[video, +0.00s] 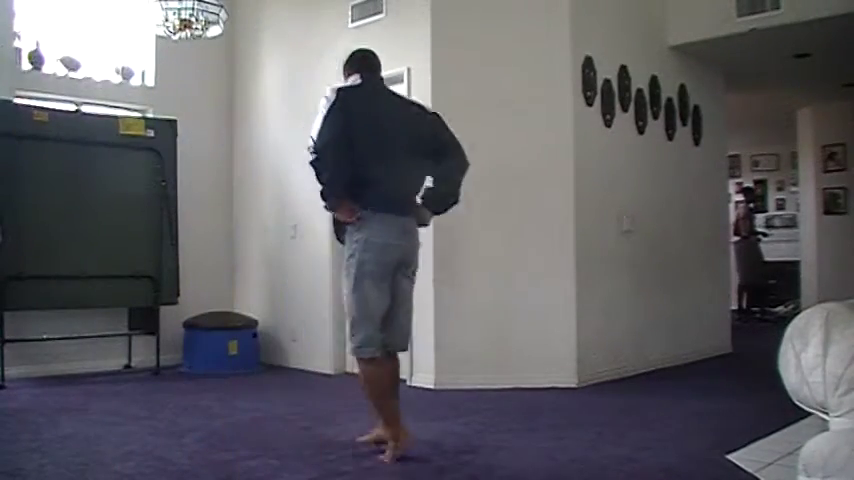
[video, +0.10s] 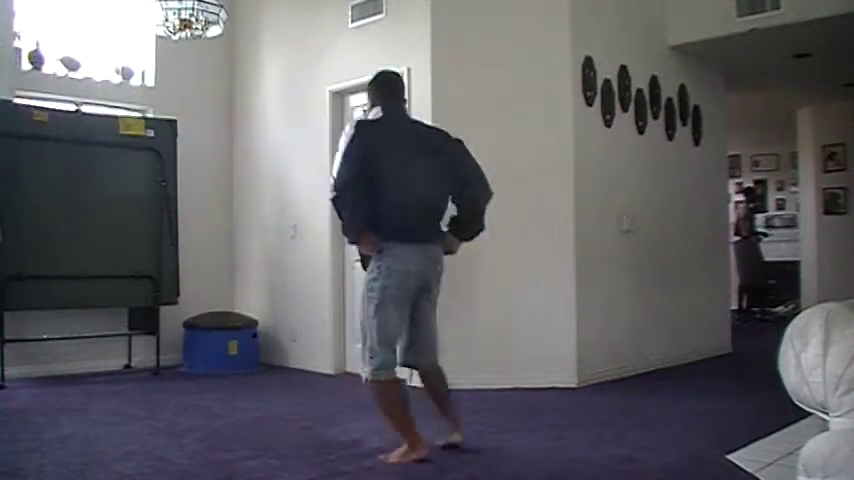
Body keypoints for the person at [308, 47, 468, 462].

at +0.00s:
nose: (346, 85)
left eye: (346, 78)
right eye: (351, 78)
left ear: (349, 75)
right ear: (380, 74)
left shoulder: (345, 101)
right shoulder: (414, 110)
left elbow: (324, 154)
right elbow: (454, 161)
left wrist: (338, 202)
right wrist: (427, 207)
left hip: (369, 227)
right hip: (406, 228)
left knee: (366, 339)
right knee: (390, 337)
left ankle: (396, 434)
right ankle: (386, 424)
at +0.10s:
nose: (369, 106)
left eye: (369, 100)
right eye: (373, 99)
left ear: (372, 100)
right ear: (404, 98)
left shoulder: (364, 133)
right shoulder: (437, 138)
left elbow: (344, 191)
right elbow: (477, 192)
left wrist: (362, 237)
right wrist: (456, 235)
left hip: (390, 259)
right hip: (430, 258)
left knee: (378, 365)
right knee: (424, 355)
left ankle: (412, 443)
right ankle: (454, 427)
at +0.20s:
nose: (402, 101)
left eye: (398, 95)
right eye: (416, 92)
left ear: (397, 97)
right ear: (429, 95)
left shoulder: (387, 141)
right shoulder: (458, 137)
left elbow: (370, 188)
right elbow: (503, 179)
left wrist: (388, 230)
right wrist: (481, 223)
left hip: (415, 257)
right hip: (456, 254)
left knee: (394, 359)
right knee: (466, 345)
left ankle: (415, 444)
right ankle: (502, 423)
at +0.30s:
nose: (438, 84)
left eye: (432, 78)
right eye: (448, 75)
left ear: (428, 80)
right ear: (460, 78)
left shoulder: (414, 120)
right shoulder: (491, 117)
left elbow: (396, 164)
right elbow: (535, 155)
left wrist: (419, 206)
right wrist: (514, 198)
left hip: (444, 234)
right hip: (488, 230)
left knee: (420, 339)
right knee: (515, 330)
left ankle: (417, 435)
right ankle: (539, 412)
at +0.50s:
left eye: (502, 101)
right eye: (520, 101)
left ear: (495, 105)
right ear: (527, 104)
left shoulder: (474, 140)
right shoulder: (556, 138)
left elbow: (450, 193)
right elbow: (594, 185)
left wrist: (473, 232)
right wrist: (579, 228)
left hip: (504, 256)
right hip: (549, 253)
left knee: (488, 358)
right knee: (580, 353)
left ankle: (470, 440)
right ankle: (598, 438)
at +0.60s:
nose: (537, 117)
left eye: (525, 110)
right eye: (546, 111)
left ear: (516, 113)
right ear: (551, 114)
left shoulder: (490, 154)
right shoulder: (574, 152)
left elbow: (462, 195)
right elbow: (611, 198)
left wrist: (486, 237)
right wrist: (591, 239)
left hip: (516, 265)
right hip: (562, 261)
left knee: (529, 352)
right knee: (591, 354)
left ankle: (500, 428)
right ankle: (599, 442)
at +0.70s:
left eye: (524, 86)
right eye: (545, 86)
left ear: (519, 88)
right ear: (553, 89)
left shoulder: (491, 123)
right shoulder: (573, 124)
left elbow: (454, 151)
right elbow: (607, 167)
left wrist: (479, 196)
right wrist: (584, 206)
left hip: (507, 236)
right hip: (551, 233)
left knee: (537, 332)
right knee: (578, 333)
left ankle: (539, 422)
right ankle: (589, 431)